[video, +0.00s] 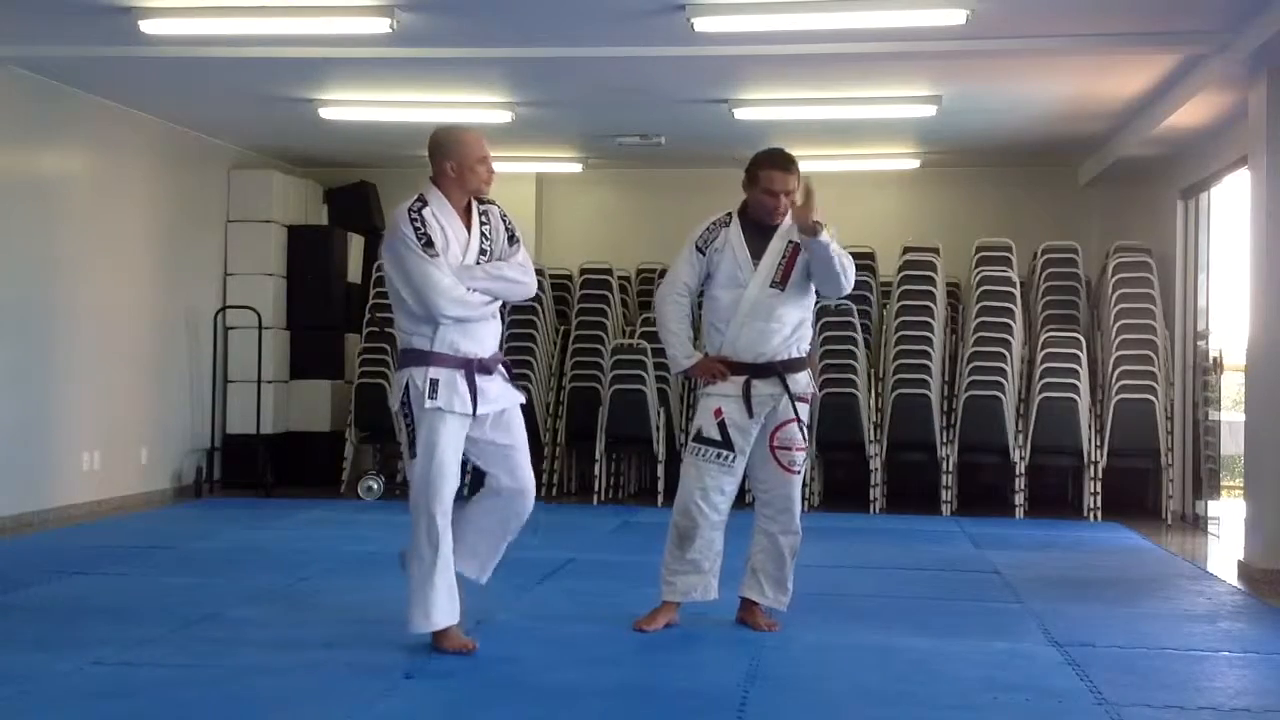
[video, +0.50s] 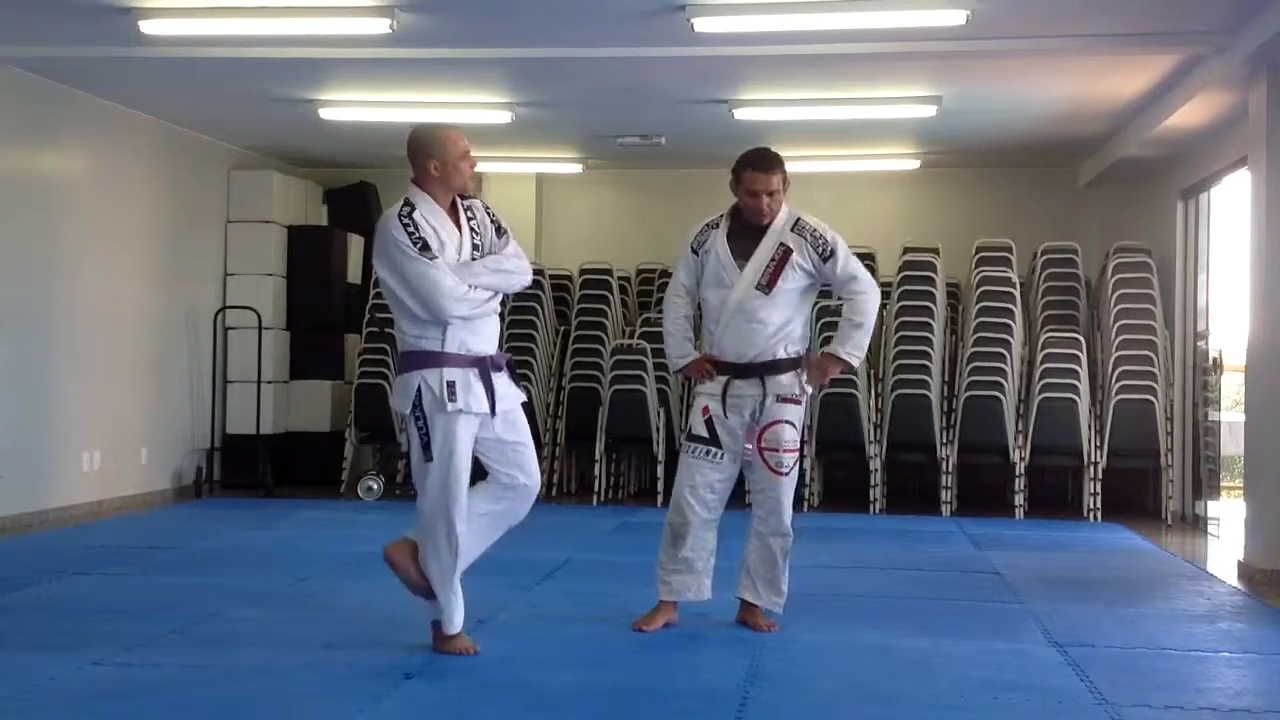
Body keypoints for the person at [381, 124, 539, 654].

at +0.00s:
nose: (492, 170)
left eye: (491, 161)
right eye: (482, 163)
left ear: (465, 168)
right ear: (450, 169)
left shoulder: (494, 218)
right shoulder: (409, 222)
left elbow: (528, 283)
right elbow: (443, 300)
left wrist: (458, 275)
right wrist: (496, 298)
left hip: (489, 375)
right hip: (433, 376)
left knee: (516, 487)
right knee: (436, 498)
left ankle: (433, 558)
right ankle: (439, 621)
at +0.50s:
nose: (475, 165)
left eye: (472, 157)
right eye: (466, 159)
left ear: (444, 167)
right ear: (433, 168)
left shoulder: (477, 213)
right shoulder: (398, 227)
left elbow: (521, 271)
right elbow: (446, 301)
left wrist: (457, 273)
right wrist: (494, 290)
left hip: (489, 373)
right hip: (435, 377)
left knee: (520, 482)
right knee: (444, 501)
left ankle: (420, 554)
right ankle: (449, 626)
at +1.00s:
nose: (462, 168)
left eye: (461, 159)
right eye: (455, 160)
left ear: (427, 168)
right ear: (424, 169)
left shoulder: (443, 217)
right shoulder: (396, 223)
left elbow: (471, 269)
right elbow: (441, 301)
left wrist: (488, 213)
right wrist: (491, 287)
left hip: (478, 374)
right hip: (433, 380)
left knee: (513, 480)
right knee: (443, 502)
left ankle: (404, 535)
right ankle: (446, 627)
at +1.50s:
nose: (431, 168)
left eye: (428, 158)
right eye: (420, 159)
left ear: (393, 168)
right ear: (388, 168)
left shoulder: (413, 219)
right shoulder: (359, 220)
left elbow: (469, 266)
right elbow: (413, 299)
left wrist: (432, 274)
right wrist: (448, 295)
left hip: (414, 376)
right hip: (382, 378)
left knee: (385, 497)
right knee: (414, 501)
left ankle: (322, 600)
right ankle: (440, 624)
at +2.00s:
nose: (411, 165)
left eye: (409, 157)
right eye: (402, 156)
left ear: (377, 165)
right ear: (369, 164)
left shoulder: (395, 223)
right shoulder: (341, 212)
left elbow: (435, 288)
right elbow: (380, 294)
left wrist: (387, 269)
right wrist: (418, 290)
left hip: (379, 374)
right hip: (347, 373)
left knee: (342, 493)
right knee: (364, 501)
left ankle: (309, 609)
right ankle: (356, 633)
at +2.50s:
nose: (422, 159)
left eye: (421, 149)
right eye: (414, 150)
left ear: (390, 156)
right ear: (381, 155)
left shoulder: (407, 213)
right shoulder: (348, 208)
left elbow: (444, 276)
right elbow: (387, 297)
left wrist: (395, 272)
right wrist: (425, 287)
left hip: (381, 373)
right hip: (347, 373)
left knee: (353, 497)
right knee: (358, 504)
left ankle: (311, 603)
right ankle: (346, 634)